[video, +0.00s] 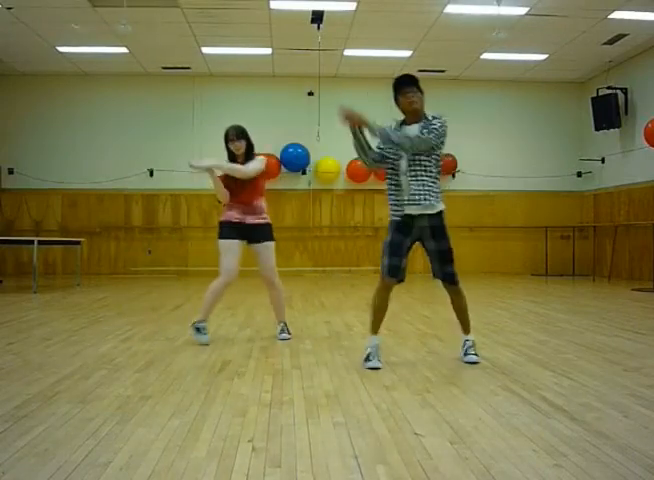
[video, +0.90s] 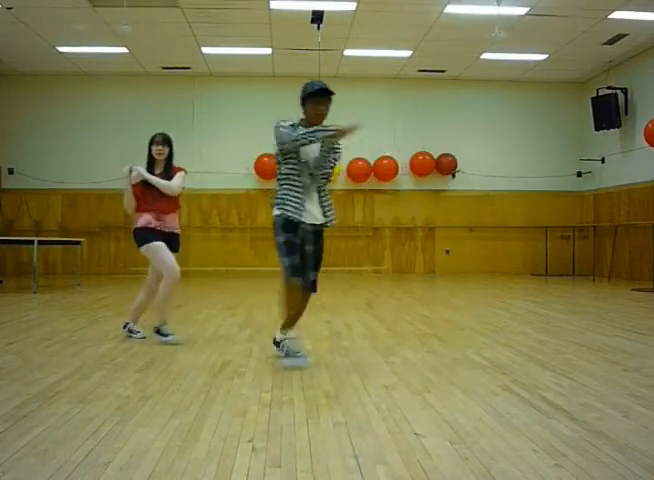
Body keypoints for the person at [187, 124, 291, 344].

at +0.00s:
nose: (236, 144)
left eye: (239, 139)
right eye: (231, 141)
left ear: (247, 141)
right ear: (227, 145)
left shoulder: (261, 161)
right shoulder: (226, 168)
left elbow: (246, 172)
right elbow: (224, 198)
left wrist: (214, 165)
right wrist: (212, 172)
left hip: (258, 222)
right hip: (232, 221)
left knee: (270, 277)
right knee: (228, 274)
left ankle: (282, 324)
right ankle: (200, 322)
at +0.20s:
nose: (216, 150)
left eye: (220, 146)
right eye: (212, 147)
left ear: (227, 148)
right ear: (207, 150)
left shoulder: (239, 166)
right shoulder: (203, 171)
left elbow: (222, 174)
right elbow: (201, 199)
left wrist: (203, 162)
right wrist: (199, 170)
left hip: (234, 229)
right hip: (206, 229)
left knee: (255, 281)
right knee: (209, 279)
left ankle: (279, 324)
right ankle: (194, 330)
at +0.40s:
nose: (196, 152)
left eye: (200, 147)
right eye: (193, 147)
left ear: (208, 151)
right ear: (187, 151)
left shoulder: (217, 176)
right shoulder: (180, 179)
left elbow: (223, 198)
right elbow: (182, 196)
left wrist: (208, 167)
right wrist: (201, 172)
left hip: (215, 230)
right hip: (188, 232)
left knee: (241, 281)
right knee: (201, 280)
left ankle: (258, 325)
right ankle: (193, 331)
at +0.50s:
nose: (187, 149)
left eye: (192, 145)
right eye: (184, 145)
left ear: (199, 148)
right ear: (179, 149)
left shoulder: (206, 173)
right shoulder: (171, 172)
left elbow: (215, 204)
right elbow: (175, 192)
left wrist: (206, 178)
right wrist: (200, 172)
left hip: (206, 227)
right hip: (180, 230)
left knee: (226, 276)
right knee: (199, 278)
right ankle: (193, 330)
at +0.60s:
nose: (180, 146)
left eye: (184, 142)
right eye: (176, 142)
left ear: (191, 146)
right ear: (171, 146)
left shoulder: (198, 171)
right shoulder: (163, 168)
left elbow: (204, 199)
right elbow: (162, 187)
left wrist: (190, 175)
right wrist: (185, 167)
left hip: (198, 226)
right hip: (173, 227)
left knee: (209, 277)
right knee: (194, 275)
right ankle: (192, 329)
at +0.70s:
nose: (172, 145)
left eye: (176, 140)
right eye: (168, 141)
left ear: (183, 144)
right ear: (163, 144)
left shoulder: (191, 169)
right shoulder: (154, 168)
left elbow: (194, 193)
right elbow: (144, 189)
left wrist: (173, 173)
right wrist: (159, 166)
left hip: (188, 225)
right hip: (163, 224)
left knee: (178, 281)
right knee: (185, 272)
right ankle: (191, 330)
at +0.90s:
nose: (159, 149)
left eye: (163, 145)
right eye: (156, 145)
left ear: (170, 149)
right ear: (150, 149)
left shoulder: (177, 172)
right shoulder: (140, 175)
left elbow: (174, 190)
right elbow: (130, 209)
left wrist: (147, 176)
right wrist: (129, 182)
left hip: (170, 231)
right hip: (146, 229)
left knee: (151, 285)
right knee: (173, 273)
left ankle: (130, 323)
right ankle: (161, 325)